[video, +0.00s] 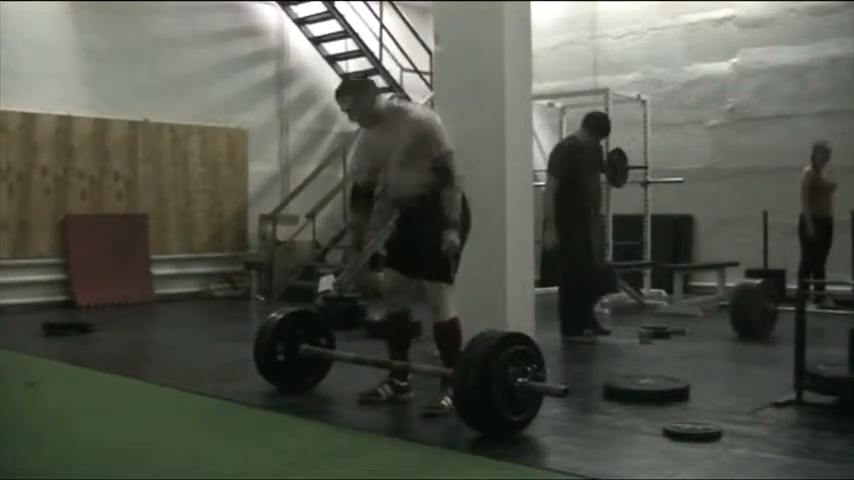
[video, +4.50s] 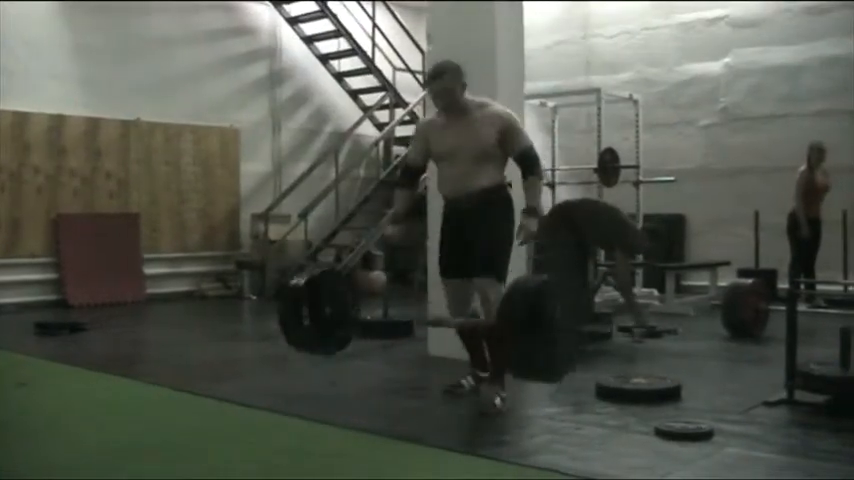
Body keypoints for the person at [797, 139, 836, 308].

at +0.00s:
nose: (824, 159)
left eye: (826, 156)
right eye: (821, 155)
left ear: (828, 158)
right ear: (814, 155)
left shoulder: (823, 175)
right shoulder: (809, 174)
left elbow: (824, 200)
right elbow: (805, 201)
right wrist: (809, 224)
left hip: (824, 221)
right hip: (811, 220)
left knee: (820, 259)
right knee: (808, 258)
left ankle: (820, 294)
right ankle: (803, 293)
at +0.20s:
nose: (824, 159)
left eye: (826, 156)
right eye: (821, 155)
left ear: (828, 157)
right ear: (814, 155)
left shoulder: (824, 175)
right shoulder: (809, 174)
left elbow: (825, 200)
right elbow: (805, 201)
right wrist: (809, 224)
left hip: (824, 221)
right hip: (811, 220)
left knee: (820, 260)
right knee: (808, 259)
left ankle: (820, 294)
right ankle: (803, 293)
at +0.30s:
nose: (823, 160)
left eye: (825, 157)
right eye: (820, 156)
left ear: (828, 158)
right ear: (813, 156)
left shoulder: (823, 175)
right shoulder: (809, 175)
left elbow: (823, 199)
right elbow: (805, 201)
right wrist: (809, 224)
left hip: (824, 220)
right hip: (811, 220)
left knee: (820, 259)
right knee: (808, 258)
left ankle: (820, 294)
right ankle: (803, 293)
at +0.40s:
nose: (823, 160)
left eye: (825, 157)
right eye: (820, 156)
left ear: (828, 158)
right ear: (813, 156)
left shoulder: (823, 175)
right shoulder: (809, 175)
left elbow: (824, 199)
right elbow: (805, 201)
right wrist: (809, 224)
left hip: (824, 220)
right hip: (811, 220)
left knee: (820, 259)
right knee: (808, 258)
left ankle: (820, 294)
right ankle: (803, 293)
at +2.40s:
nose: (823, 157)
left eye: (825, 154)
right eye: (820, 153)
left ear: (827, 155)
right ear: (813, 154)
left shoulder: (825, 173)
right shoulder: (808, 174)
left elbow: (823, 198)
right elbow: (802, 199)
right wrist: (806, 223)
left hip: (822, 219)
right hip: (808, 219)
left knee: (818, 259)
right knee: (806, 258)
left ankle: (819, 293)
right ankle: (802, 293)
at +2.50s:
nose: (825, 157)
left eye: (826, 154)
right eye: (822, 154)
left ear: (828, 156)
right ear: (814, 154)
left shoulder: (826, 174)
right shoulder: (809, 174)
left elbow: (824, 198)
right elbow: (803, 199)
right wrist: (806, 223)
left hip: (822, 219)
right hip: (808, 219)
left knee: (818, 258)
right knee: (806, 258)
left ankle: (819, 293)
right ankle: (802, 292)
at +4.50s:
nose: (820, 158)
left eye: (822, 155)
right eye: (817, 154)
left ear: (823, 156)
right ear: (810, 155)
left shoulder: (822, 173)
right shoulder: (805, 173)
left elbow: (819, 196)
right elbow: (799, 200)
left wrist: (825, 187)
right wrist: (803, 224)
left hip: (813, 219)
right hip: (800, 218)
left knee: (810, 259)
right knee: (798, 258)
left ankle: (811, 294)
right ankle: (794, 293)